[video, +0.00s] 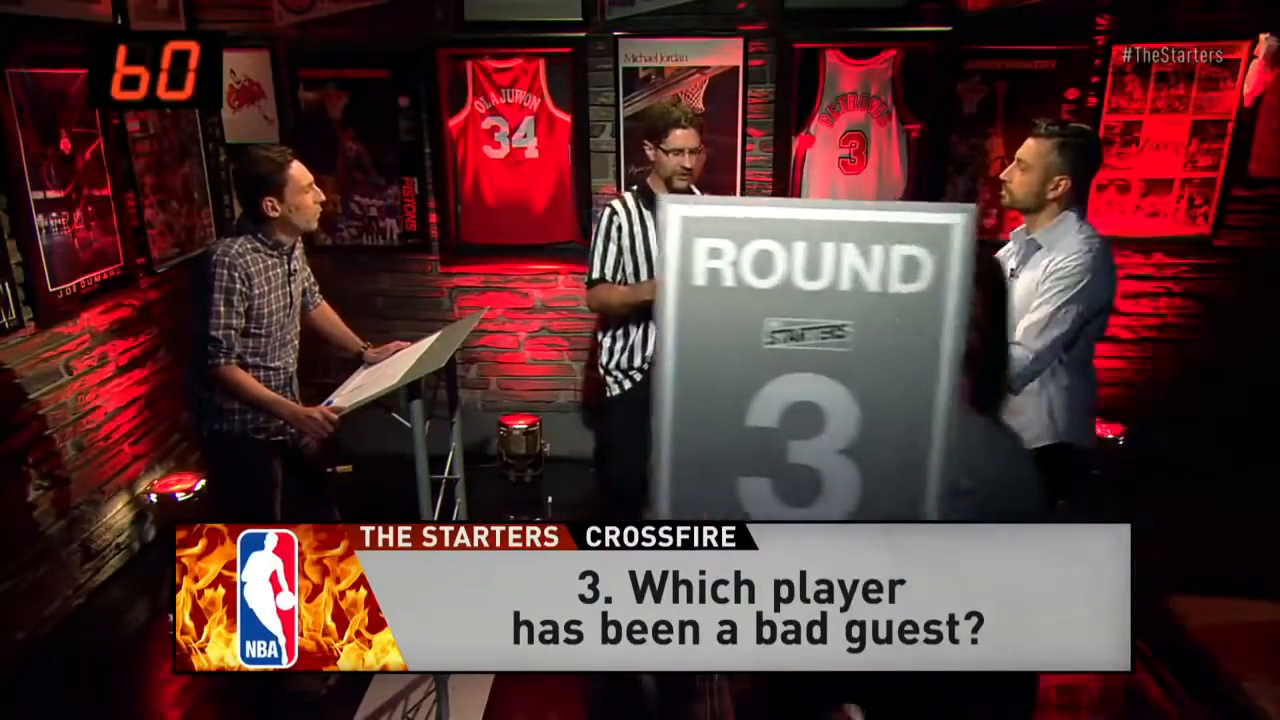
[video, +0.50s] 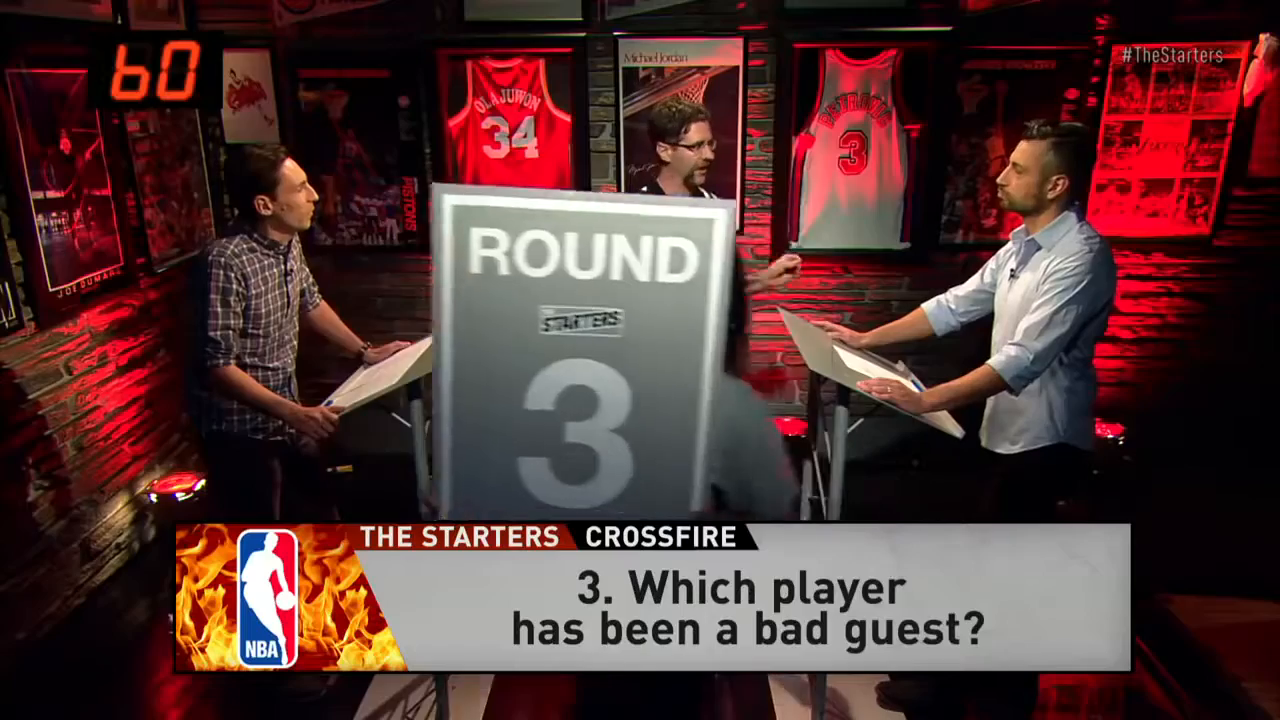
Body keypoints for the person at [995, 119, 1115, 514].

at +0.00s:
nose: (1004, 174)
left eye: (1020, 167)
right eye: (1012, 162)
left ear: (1057, 187)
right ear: (1056, 187)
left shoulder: (1082, 257)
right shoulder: (1017, 248)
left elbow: (1022, 359)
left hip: (1050, 444)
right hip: (1003, 436)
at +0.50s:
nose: (1002, 176)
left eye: (1016, 170)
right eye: (1007, 165)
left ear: (1055, 189)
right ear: (1044, 186)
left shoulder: (1083, 258)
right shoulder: (1025, 244)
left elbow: (1023, 358)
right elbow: (954, 306)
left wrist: (928, 398)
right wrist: (867, 339)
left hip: (1043, 446)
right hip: (1000, 433)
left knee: (1009, 579)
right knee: (973, 562)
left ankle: (999, 704)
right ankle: (940, 683)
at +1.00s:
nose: (1002, 178)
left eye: (1016, 172)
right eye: (1006, 166)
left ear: (1056, 189)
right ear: (1043, 186)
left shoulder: (1082, 259)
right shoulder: (1025, 244)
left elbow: (1024, 359)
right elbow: (954, 306)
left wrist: (928, 398)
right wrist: (867, 339)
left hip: (1043, 446)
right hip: (1000, 433)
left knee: (1008, 579)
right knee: (973, 562)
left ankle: (1000, 703)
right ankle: (940, 684)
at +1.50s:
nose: (1003, 178)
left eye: (1018, 171)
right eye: (1008, 166)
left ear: (1057, 189)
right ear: (1045, 186)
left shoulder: (1084, 260)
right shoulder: (1025, 244)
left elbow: (1024, 360)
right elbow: (954, 306)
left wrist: (927, 398)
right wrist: (868, 339)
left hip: (1043, 446)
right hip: (1001, 433)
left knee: (1007, 579)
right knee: (973, 563)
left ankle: (996, 704)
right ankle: (939, 683)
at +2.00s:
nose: (1005, 177)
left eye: (1019, 170)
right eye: (1009, 166)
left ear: (1058, 188)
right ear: (1046, 186)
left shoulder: (1084, 259)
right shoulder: (1026, 243)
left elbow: (1024, 360)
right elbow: (955, 306)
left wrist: (928, 398)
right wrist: (868, 339)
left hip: (1043, 446)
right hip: (1002, 433)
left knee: (1005, 578)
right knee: (976, 563)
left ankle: (997, 704)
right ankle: (941, 683)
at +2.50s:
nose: (1004, 176)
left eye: (1019, 169)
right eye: (1009, 164)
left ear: (1057, 188)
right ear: (1046, 185)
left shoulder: (1082, 259)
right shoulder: (1025, 244)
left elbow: (1023, 360)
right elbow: (955, 306)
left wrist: (928, 398)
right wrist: (868, 339)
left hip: (1043, 445)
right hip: (1002, 433)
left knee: (1006, 578)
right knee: (977, 564)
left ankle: (1001, 705)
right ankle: (942, 683)